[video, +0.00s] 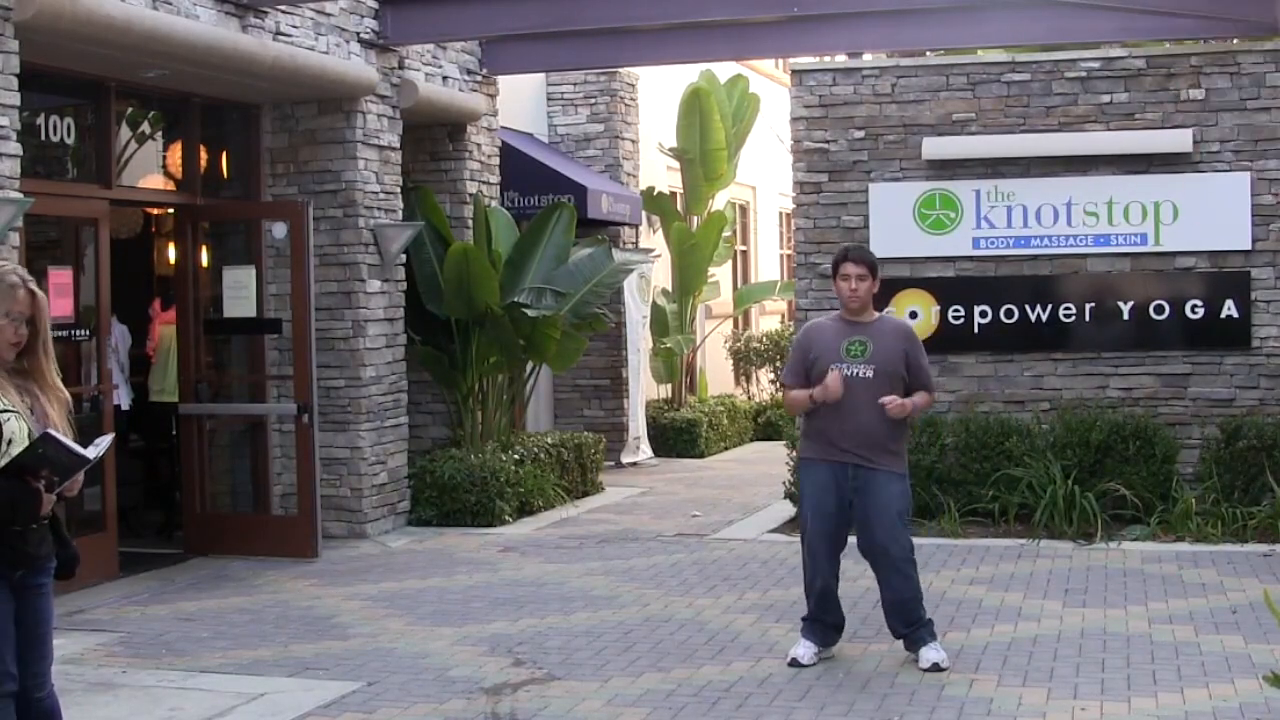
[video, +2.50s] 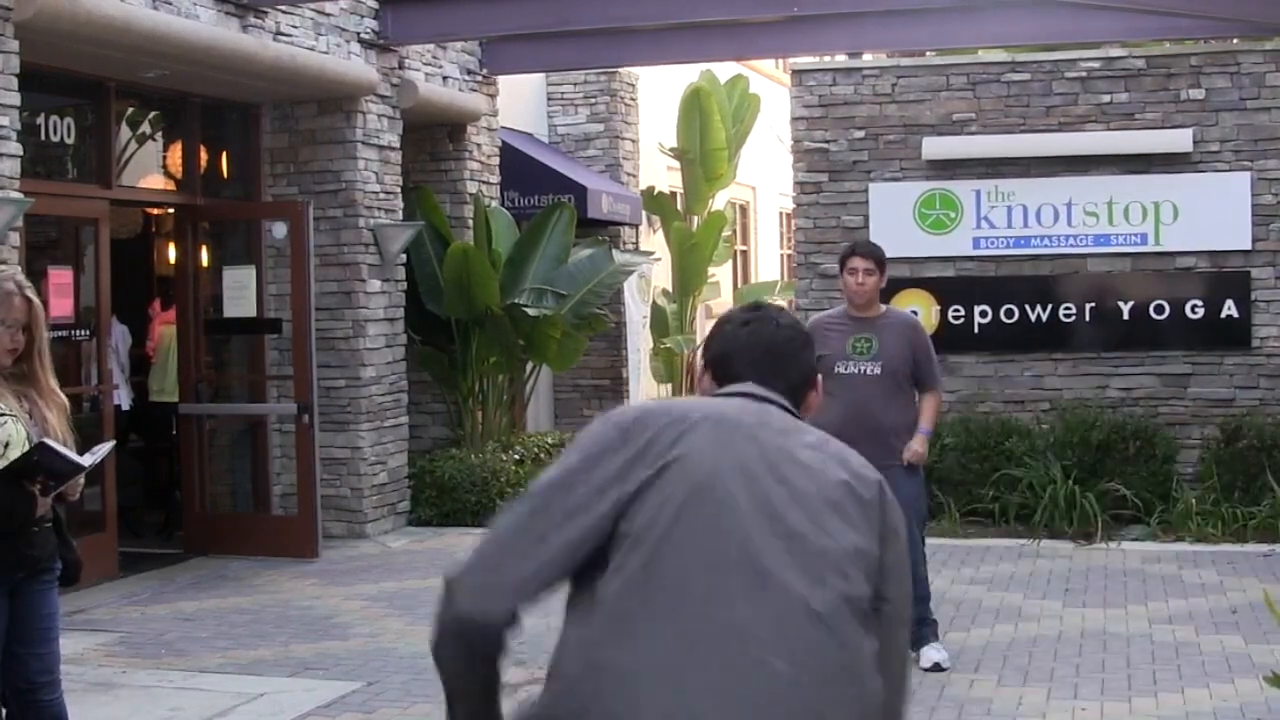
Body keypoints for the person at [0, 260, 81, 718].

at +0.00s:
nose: (18, 331)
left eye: (25, 321)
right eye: (10, 319)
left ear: (33, 327)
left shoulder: (43, 388)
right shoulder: (5, 387)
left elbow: (62, 462)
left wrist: (69, 484)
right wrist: (31, 497)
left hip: (38, 552)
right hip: (3, 551)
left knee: (37, 684)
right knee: (6, 685)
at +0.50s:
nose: (3, 334)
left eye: (9, 323)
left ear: (20, 330)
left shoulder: (34, 395)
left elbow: (52, 475)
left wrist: (60, 485)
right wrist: (7, 504)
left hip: (29, 568)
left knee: (52, 703)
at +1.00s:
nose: (10, 337)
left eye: (18, 326)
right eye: (2, 325)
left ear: (30, 331)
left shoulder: (42, 393)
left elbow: (64, 472)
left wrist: (71, 483)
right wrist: (15, 503)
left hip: (35, 565)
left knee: (46, 699)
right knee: (16, 699)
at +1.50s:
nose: (18, 334)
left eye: (25, 324)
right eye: (8, 322)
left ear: (34, 328)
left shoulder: (43, 389)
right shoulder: (5, 389)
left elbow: (63, 464)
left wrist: (69, 482)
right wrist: (33, 493)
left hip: (41, 557)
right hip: (3, 556)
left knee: (39, 689)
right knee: (7, 690)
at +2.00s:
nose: (16, 336)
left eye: (23, 326)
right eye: (7, 323)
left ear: (32, 330)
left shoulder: (41, 392)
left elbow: (63, 465)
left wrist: (69, 487)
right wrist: (29, 499)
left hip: (37, 561)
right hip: (3, 560)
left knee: (37, 690)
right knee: (12, 692)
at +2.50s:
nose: (12, 338)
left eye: (21, 328)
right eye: (4, 326)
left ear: (31, 332)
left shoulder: (42, 396)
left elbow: (61, 473)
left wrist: (69, 487)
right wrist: (25, 503)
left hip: (36, 566)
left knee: (41, 699)